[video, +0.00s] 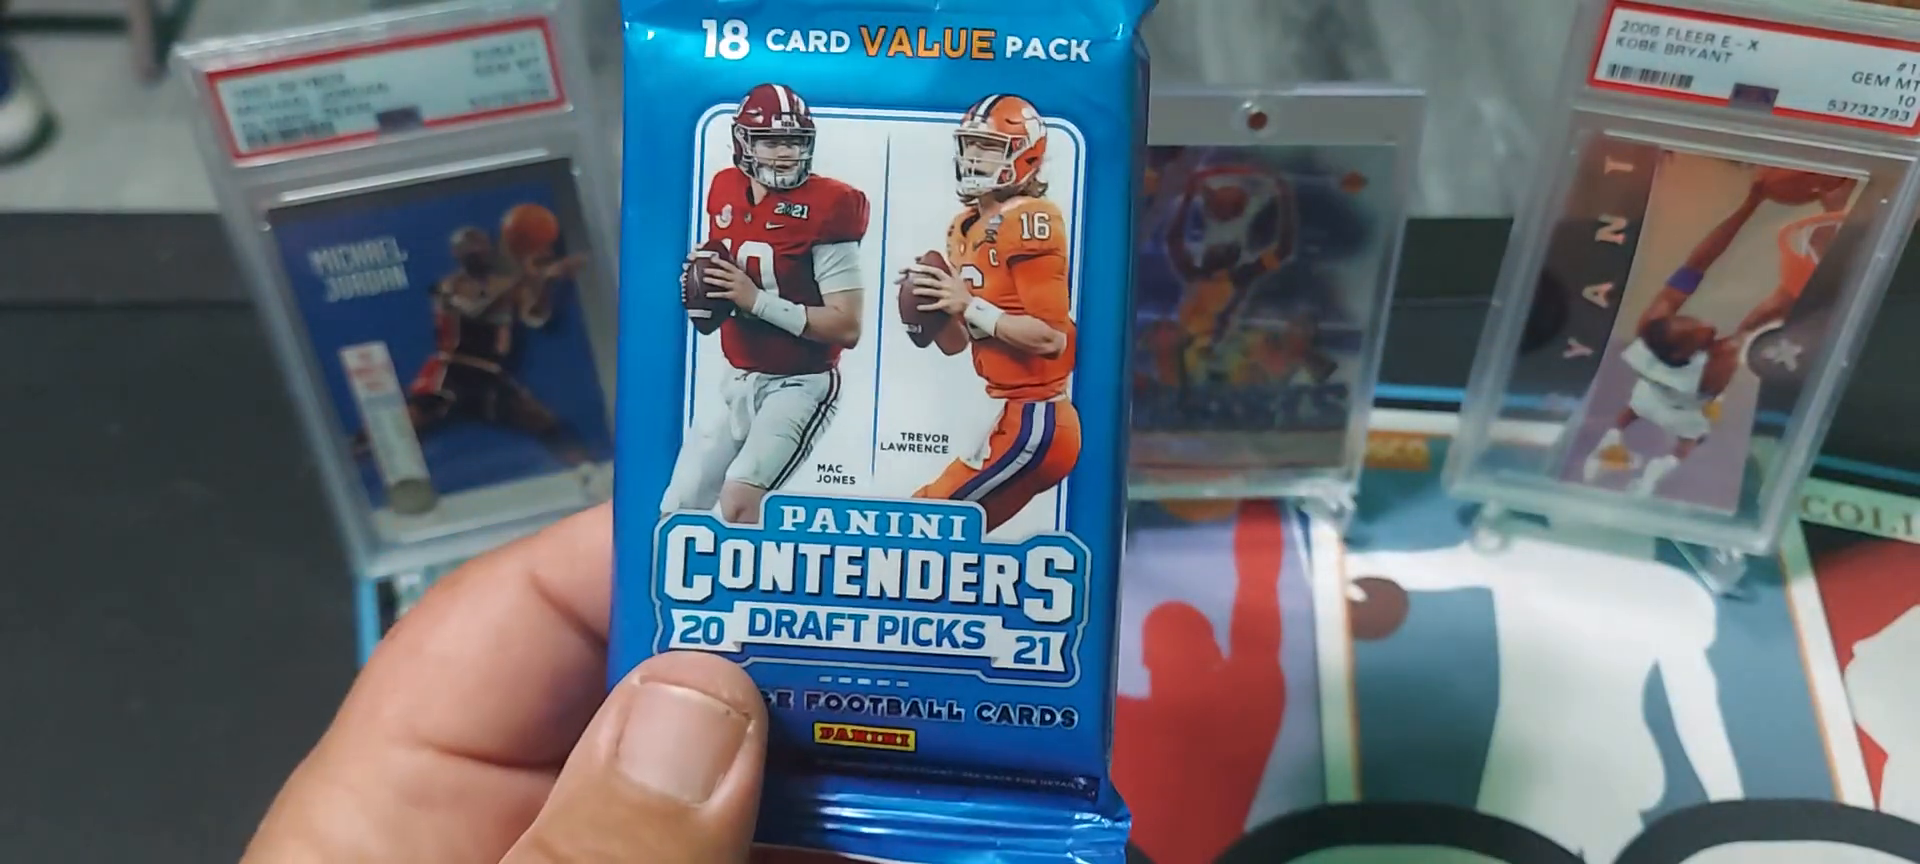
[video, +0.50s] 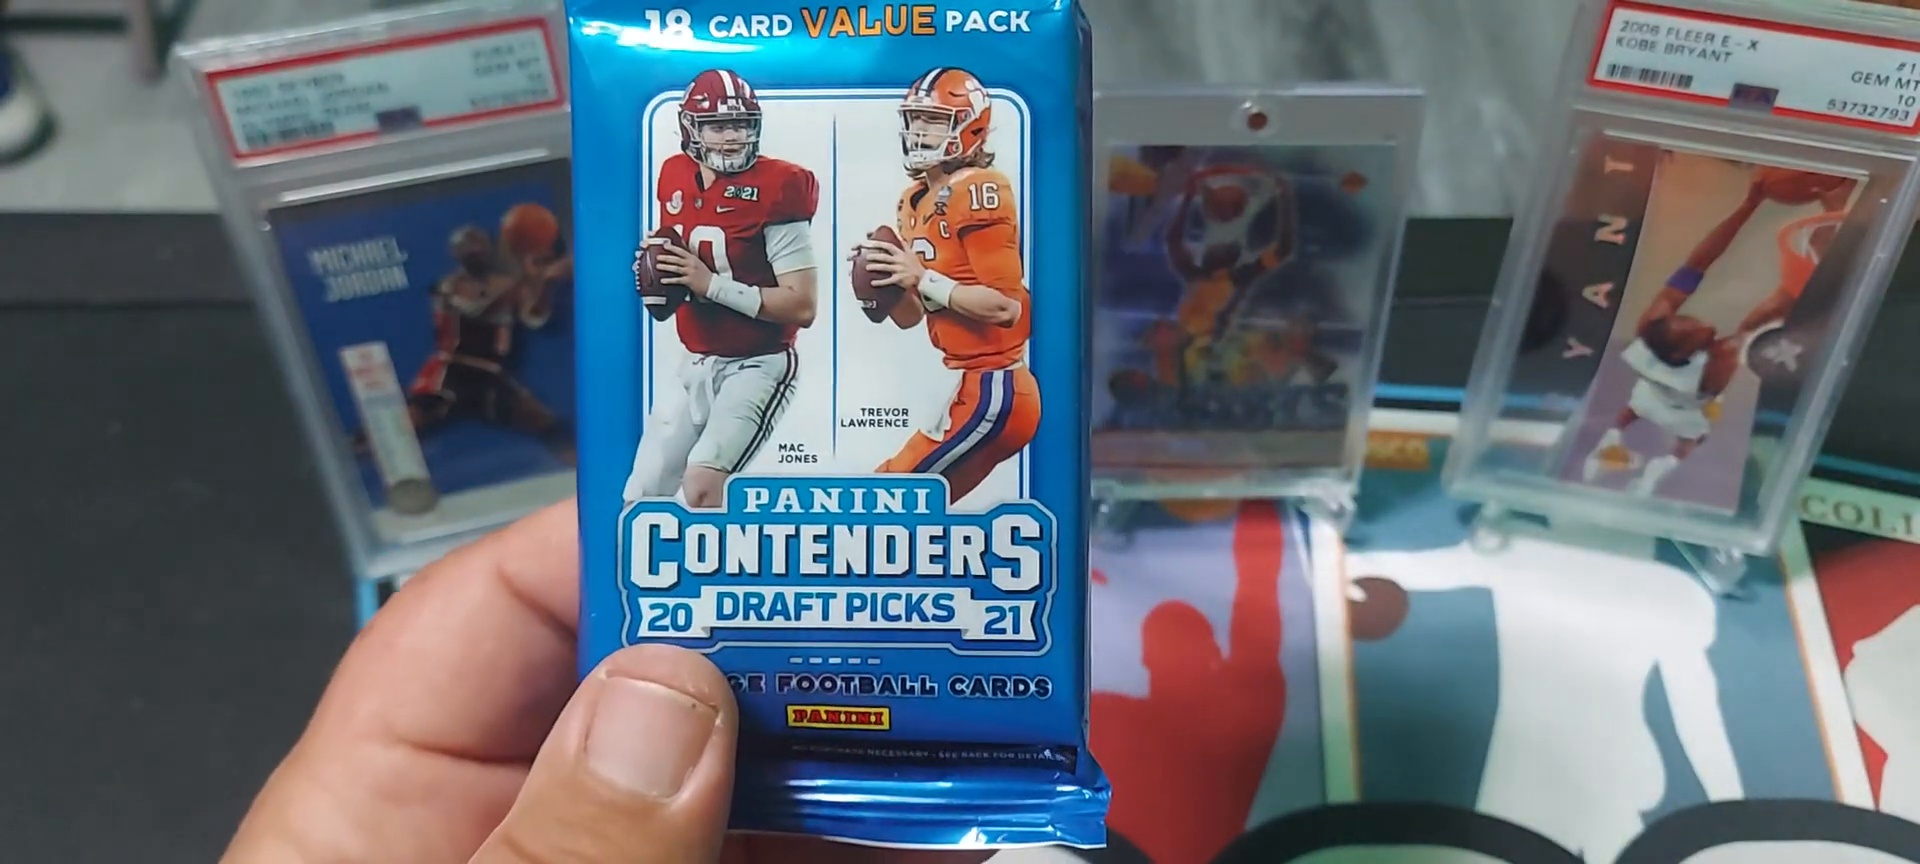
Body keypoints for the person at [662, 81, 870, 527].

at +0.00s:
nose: (785, 153)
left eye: (794, 141)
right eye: (771, 142)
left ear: (808, 144)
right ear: (744, 144)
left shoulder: (830, 205)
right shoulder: (725, 188)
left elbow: (848, 327)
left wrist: (756, 300)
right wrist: (701, 281)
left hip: (802, 383)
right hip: (737, 380)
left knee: (740, 500)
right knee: (679, 507)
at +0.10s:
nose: (764, 154)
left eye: (774, 143)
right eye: (751, 143)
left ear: (787, 145)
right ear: (722, 146)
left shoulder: (811, 205)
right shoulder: (704, 191)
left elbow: (829, 327)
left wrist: (737, 302)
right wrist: (681, 283)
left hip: (785, 384)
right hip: (718, 381)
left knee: (723, 504)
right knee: (663, 509)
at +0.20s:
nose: (751, 148)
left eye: (760, 136)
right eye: (737, 137)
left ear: (774, 139)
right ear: (710, 140)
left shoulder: (799, 199)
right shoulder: (692, 186)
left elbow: (819, 320)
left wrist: (727, 296)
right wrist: (671, 279)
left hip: (777, 376)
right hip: (710, 376)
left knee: (716, 498)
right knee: (655, 505)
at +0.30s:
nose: (744, 143)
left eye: (753, 132)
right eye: (731, 132)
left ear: (767, 135)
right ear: (705, 136)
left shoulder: (793, 194)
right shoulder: (688, 181)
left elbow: (816, 314)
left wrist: (723, 291)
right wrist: (667, 274)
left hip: (774, 371)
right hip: (709, 371)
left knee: (715, 495)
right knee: (653, 503)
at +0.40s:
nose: (736, 139)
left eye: (745, 127)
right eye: (723, 128)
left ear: (760, 130)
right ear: (697, 132)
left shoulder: (785, 189)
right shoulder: (681, 178)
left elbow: (808, 308)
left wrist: (717, 287)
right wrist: (660, 271)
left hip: (766, 366)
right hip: (700, 367)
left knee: (706, 490)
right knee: (646, 498)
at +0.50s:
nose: (732, 136)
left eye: (741, 124)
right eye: (718, 126)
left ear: (754, 127)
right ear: (692, 130)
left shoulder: (780, 186)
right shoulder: (674, 175)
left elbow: (803, 307)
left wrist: (711, 284)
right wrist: (654, 269)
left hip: (761, 364)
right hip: (695, 364)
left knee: (701, 488)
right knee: (641, 495)